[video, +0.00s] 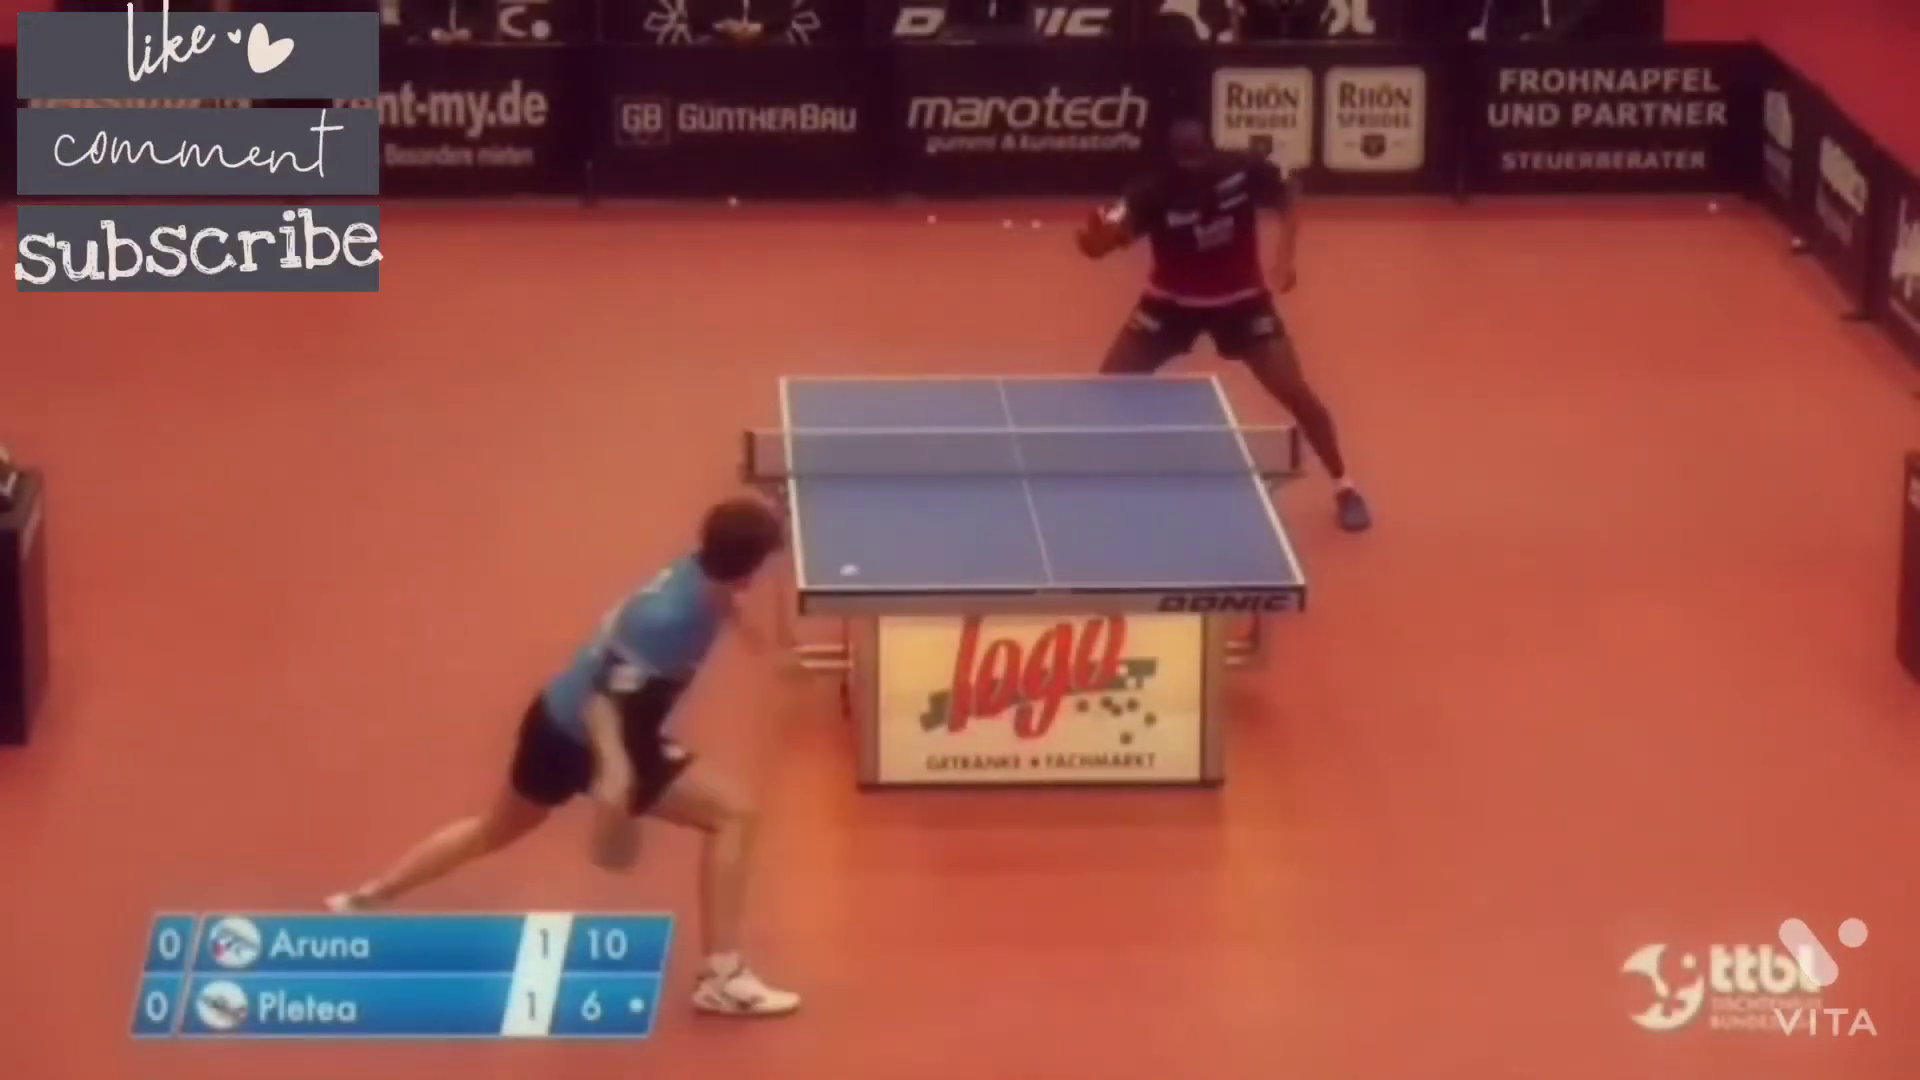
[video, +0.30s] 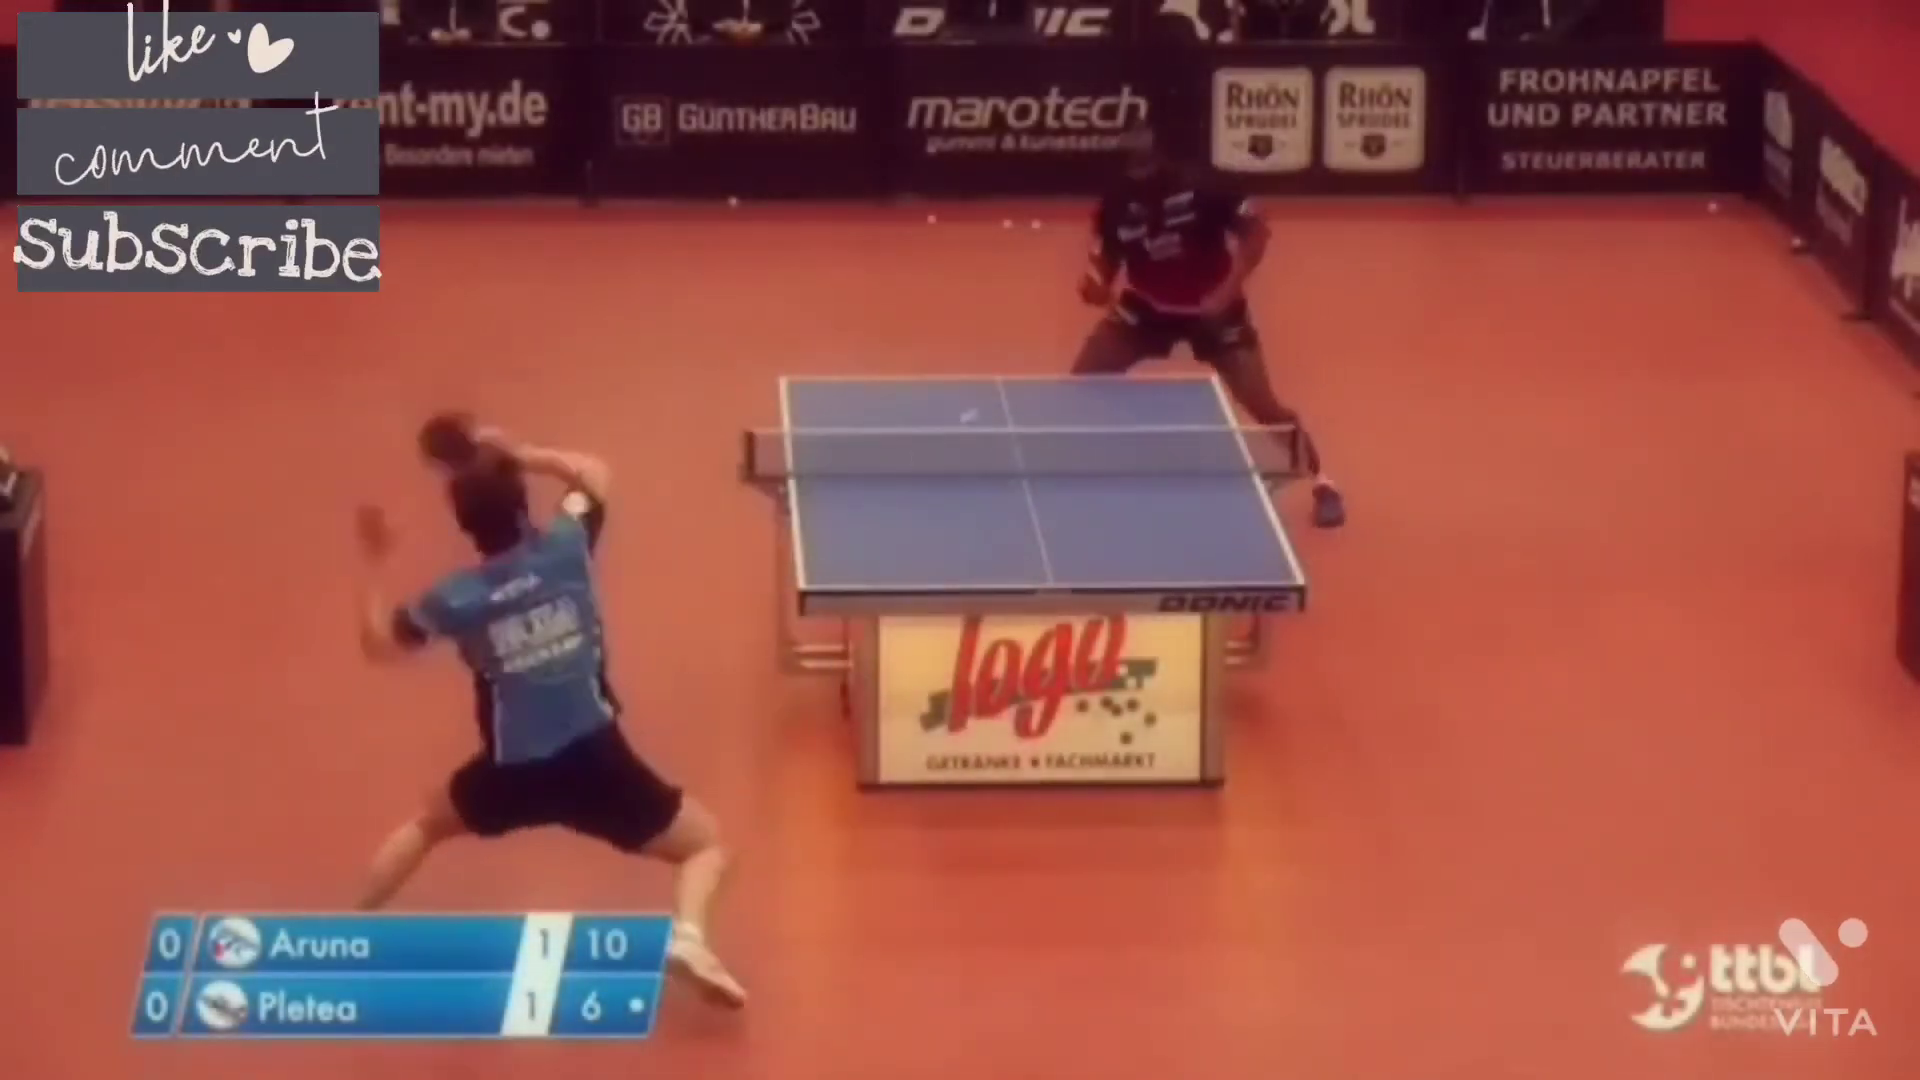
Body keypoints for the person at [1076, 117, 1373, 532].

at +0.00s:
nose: (1191, 160)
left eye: (1197, 150)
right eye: (1183, 152)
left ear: (1210, 145)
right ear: (1169, 152)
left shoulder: (1244, 173)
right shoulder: (1157, 188)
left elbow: (1286, 197)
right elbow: (1113, 235)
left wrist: (1285, 259)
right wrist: (1096, 235)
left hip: (1241, 303)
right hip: (1170, 305)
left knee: (1294, 392)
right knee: (1108, 389)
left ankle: (1343, 486)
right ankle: (1100, 496)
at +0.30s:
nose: (1135, 161)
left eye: (1143, 151)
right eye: (1127, 153)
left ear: (1159, 147)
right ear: (1119, 157)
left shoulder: (1200, 185)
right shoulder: (1116, 201)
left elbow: (1256, 229)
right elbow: (1109, 256)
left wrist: (1231, 286)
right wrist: (1099, 287)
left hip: (1213, 310)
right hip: (1144, 309)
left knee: (1261, 405)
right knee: (1083, 384)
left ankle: (1319, 486)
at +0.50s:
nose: (1160, 189)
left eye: (1165, 180)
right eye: (1154, 182)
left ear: (1181, 175)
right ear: (1149, 182)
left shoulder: (1217, 204)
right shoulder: (1167, 205)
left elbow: (1276, 256)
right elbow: (1164, 242)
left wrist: (1246, 316)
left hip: (1242, 329)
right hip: (1183, 323)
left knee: (1278, 425)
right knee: (1115, 375)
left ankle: (1363, 479)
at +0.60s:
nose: (1232, 175)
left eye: (1240, 167)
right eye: (1230, 167)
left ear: (1263, 167)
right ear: (1232, 170)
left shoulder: (1294, 212)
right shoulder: (1243, 204)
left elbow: (1294, 294)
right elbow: (1225, 216)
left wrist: (1221, 315)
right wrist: (1181, 205)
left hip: (1277, 336)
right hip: (1223, 326)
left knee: (1309, 435)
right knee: (1151, 379)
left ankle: (1402, 485)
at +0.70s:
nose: (1302, 202)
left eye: (1311, 195)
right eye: (1299, 192)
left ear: (1332, 198)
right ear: (1296, 188)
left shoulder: (1346, 248)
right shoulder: (1286, 192)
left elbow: (1300, 313)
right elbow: (1252, 191)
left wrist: (1221, 301)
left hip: (1293, 341)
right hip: (1234, 322)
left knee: (1324, 425)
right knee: (1157, 372)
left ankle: (1401, 488)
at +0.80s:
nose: (1364, 237)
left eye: (1374, 231)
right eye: (1359, 226)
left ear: (1388, 237)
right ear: (1347, 216)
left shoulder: (1381, 289)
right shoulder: (1319, 211)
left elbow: (1342, 334)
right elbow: (1267, 172)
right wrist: (1276, 219)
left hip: (1311, 346)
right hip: (1249, 333)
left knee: (1360, 415)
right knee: (1186, 404)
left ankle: (1405, 490)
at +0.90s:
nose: (1374, 234)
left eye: (1384, 229)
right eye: (1371, 224)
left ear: (1395, 234)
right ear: (1358, 215)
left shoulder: (1385, 284)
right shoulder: (1326, 217)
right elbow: (1259, 215)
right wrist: (1282, 255)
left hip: (1318, 347)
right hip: (1257, 337)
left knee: (1371, 405)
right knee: (1193, 409)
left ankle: (1409, 489)